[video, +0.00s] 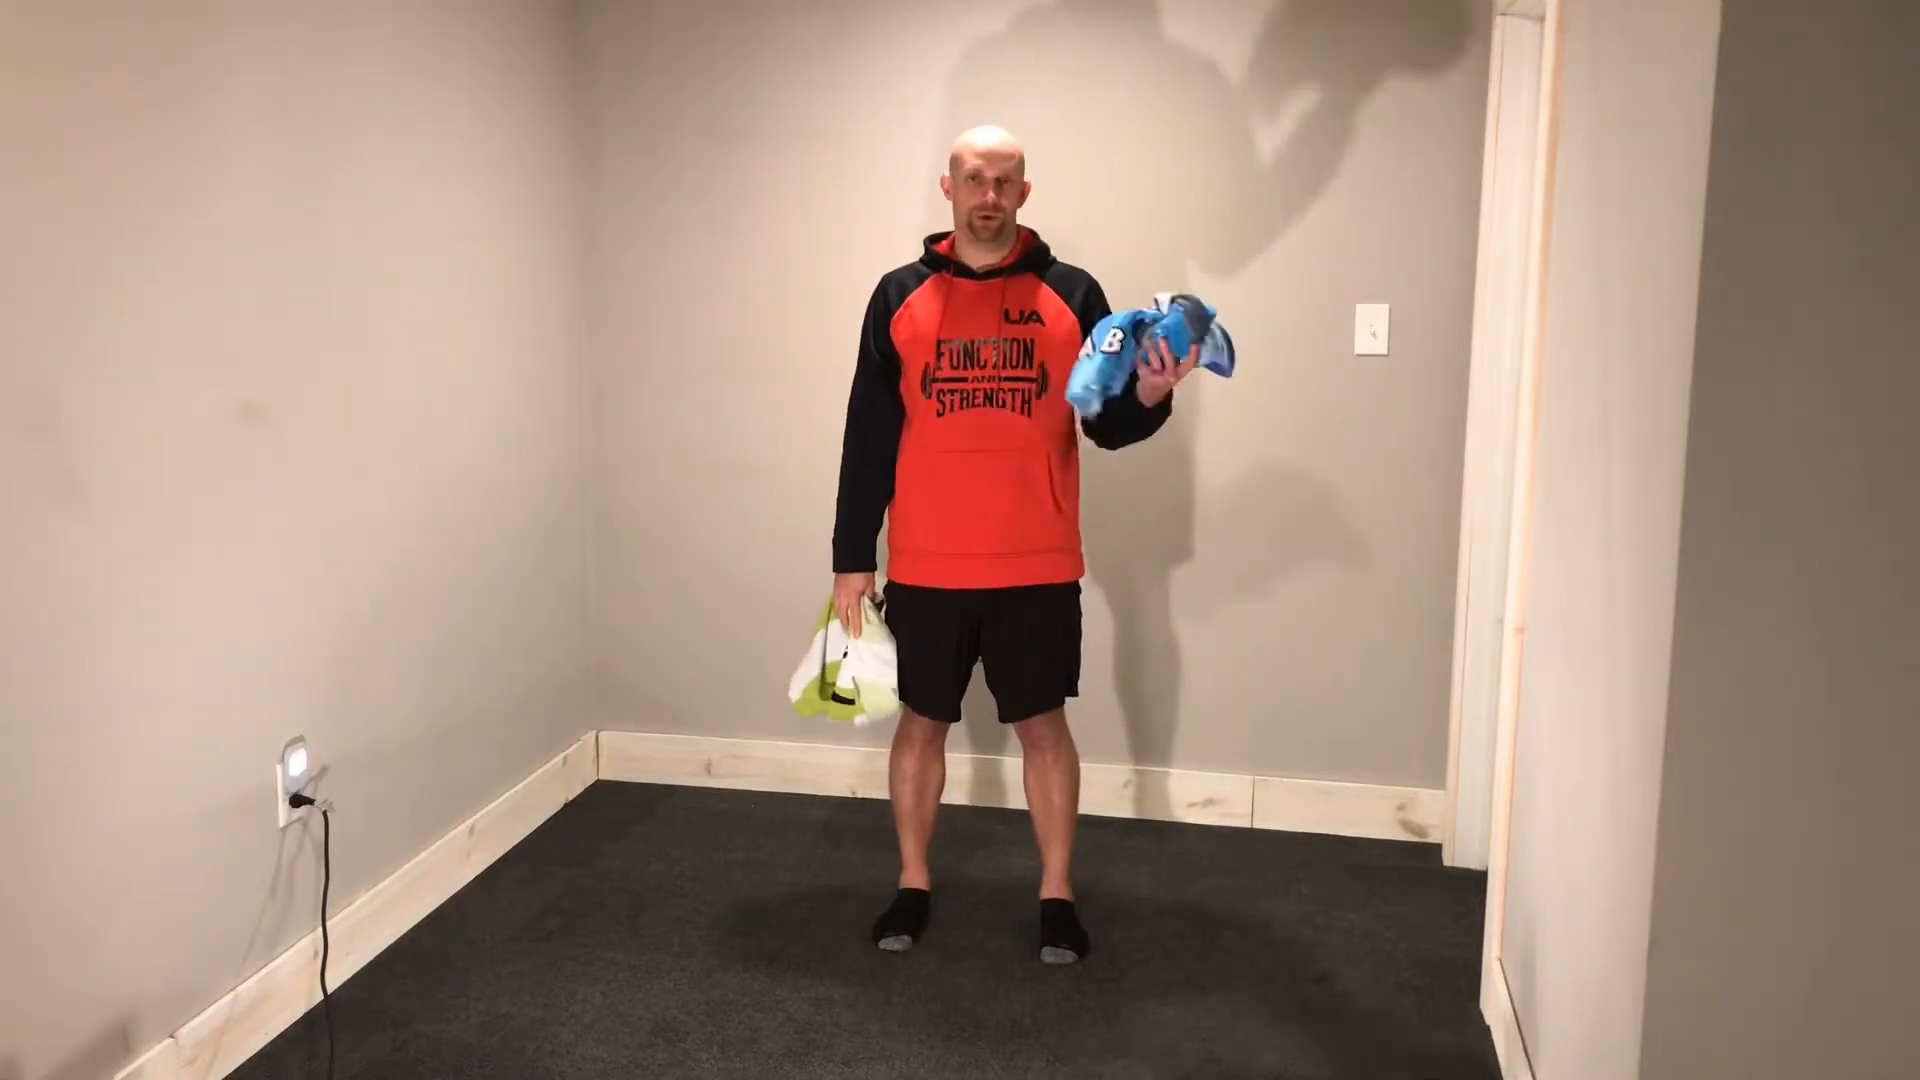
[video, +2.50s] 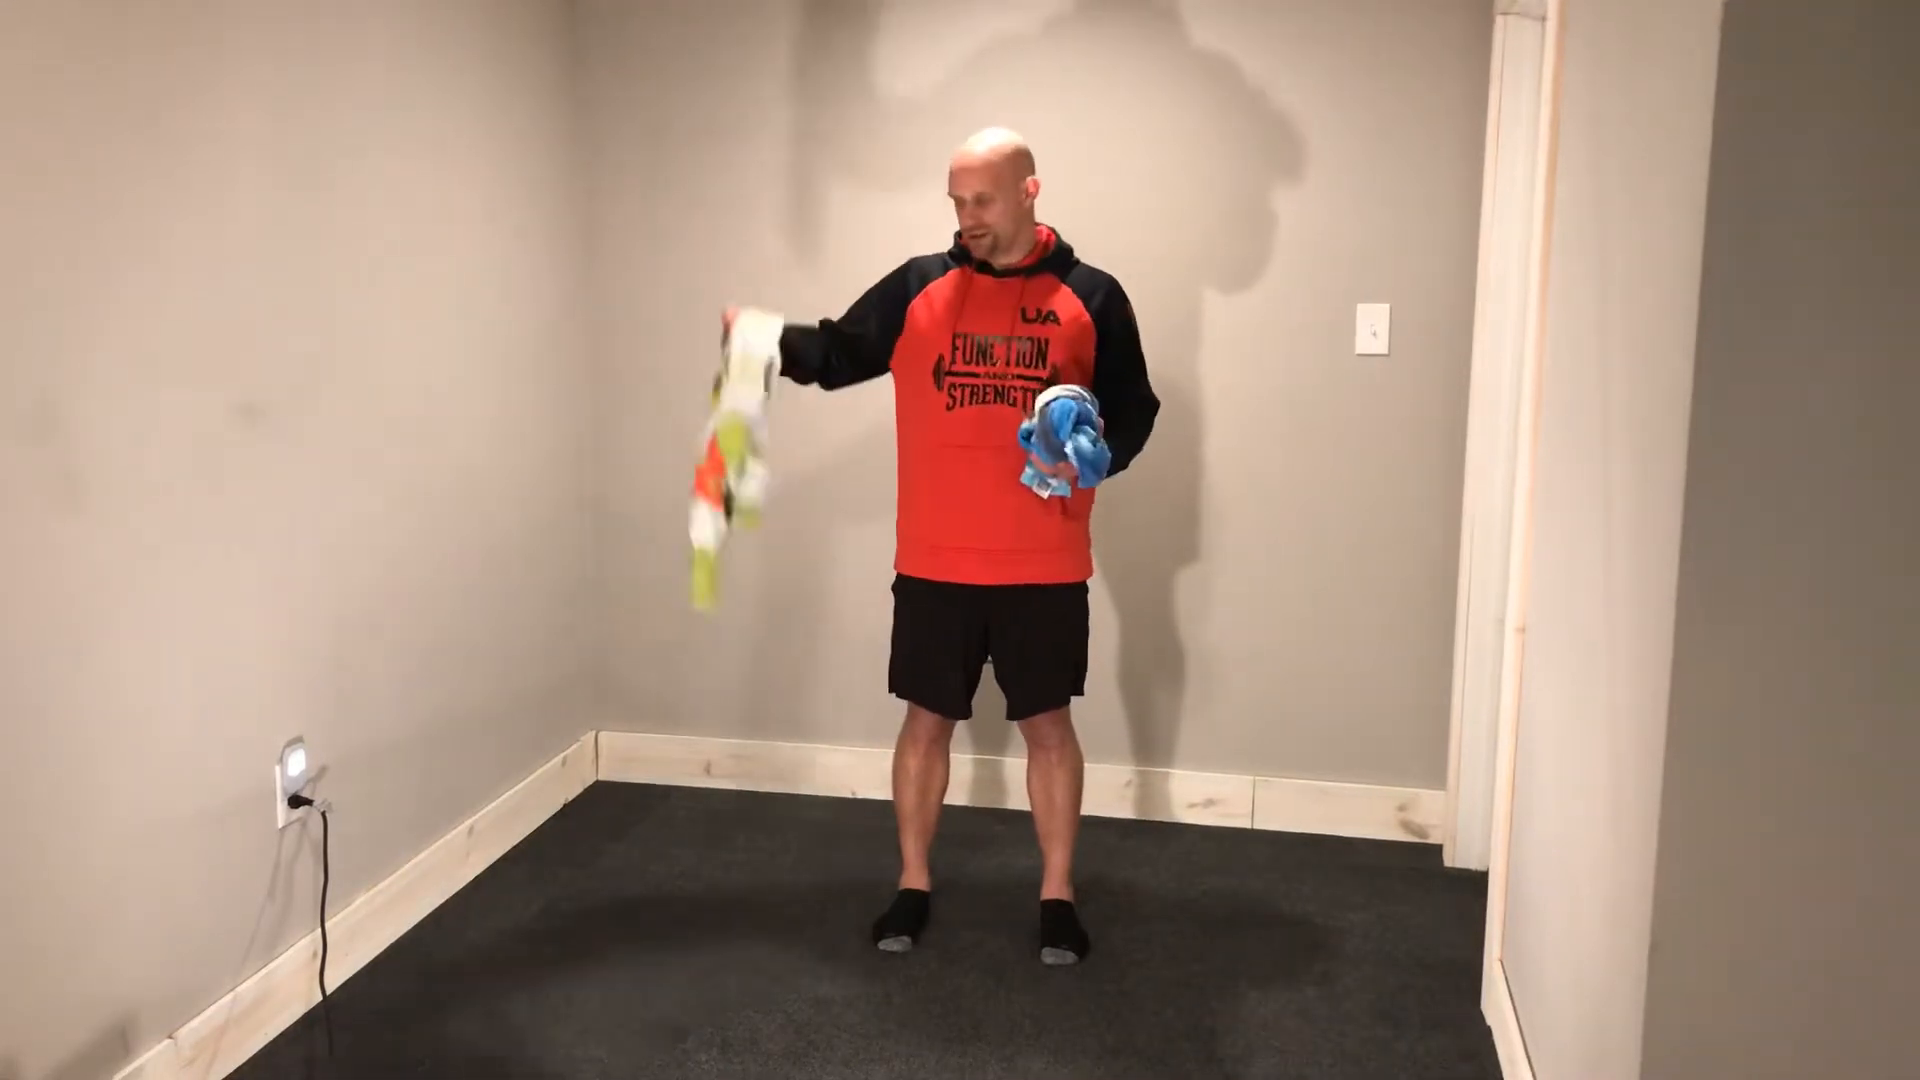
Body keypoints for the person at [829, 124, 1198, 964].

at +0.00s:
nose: (988, 196)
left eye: (1003, 182)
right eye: (974, 181)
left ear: (1024, 191)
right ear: (948, 188)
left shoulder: (1071, 293)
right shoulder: (901, 296)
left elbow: (1110, 426)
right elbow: (869, 434)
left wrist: (1153, 400)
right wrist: (852, 557)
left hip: (1035, 560)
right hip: (929, 559)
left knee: (1040, 723)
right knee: (921, 720)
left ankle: (1057, 898)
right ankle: (912, 887)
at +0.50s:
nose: (993, 194)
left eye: (1007, 181)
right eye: (979, 180)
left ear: (1027, 191)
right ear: (952, 188)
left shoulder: (1076, 294)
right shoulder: (904, 294)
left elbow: (1119, 417)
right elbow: (871, 431)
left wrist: (1065, 414)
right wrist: (856, 555)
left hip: (1036, 563)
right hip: (931, 563)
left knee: (1043, 726)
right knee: (923, 724)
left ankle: (1058, 896)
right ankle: (911, 888)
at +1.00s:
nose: (993, 203)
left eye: (1006, 187)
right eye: (976, 188)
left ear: (1022, 188)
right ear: (943, 194)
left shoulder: (1072, 293)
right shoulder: (903, 297)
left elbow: (1124, 415)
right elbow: (873, 432)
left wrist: (1111, 386)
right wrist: (860, 557)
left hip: (1039, 561)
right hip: (933, 562)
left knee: (1044, 725)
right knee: (924, 723)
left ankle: (1057, 897)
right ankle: (911, 887)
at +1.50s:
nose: (984, 202)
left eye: (998, 186)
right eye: (968, 187)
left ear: (1018, 190)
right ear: (941, 193)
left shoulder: (1070, 289)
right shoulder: (902, 301)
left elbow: (1127, 397)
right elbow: (877, 441)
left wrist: (1109, 388)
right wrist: (863, 568)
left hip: (1045, 562)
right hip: (936, 565)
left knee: (1049, 727)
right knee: (925, 724)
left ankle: (1058, 897)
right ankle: (912, 889)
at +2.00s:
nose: (980, 196)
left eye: (996, 181)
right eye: (966, 183)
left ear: (1028, 188)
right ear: (950, 193)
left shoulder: (1084, 292)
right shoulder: (910, 296)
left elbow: (1124, 399)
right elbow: (875, 433)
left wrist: (1090, 438)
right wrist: (845, 554)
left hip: (1045, 559)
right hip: (938, 561)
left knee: (1048, 725)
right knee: (926, 720)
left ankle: (1058, 897)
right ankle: (912, 888)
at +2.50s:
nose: (964, 221)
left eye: (979, 204)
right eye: (956, 205)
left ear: (1029, 192)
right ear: (948, 200)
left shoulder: (1092, 298)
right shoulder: (921, 286)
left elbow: (1131, 412)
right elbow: (842, 351)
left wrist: (1090, 450)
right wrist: (762, 337)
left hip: (1042, 560)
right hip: (936, 556)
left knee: (1046, 722)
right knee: (926, 716)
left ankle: (1058, 897)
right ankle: (911, 887)